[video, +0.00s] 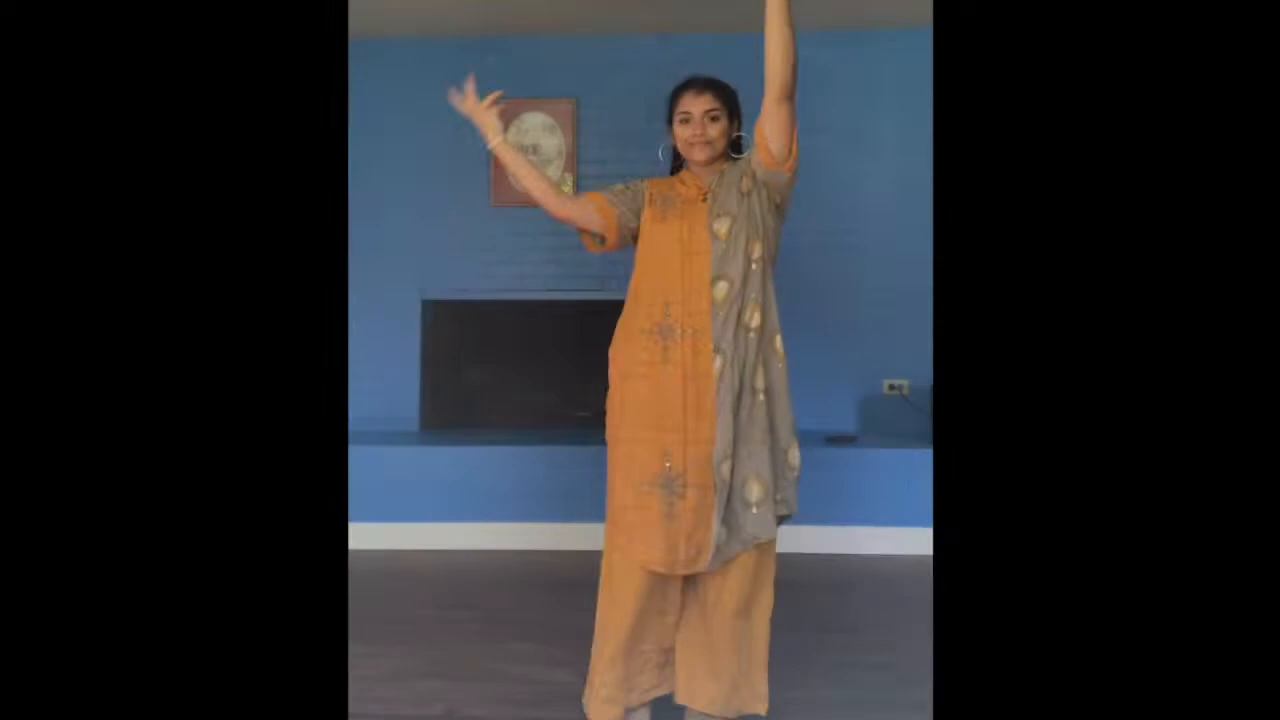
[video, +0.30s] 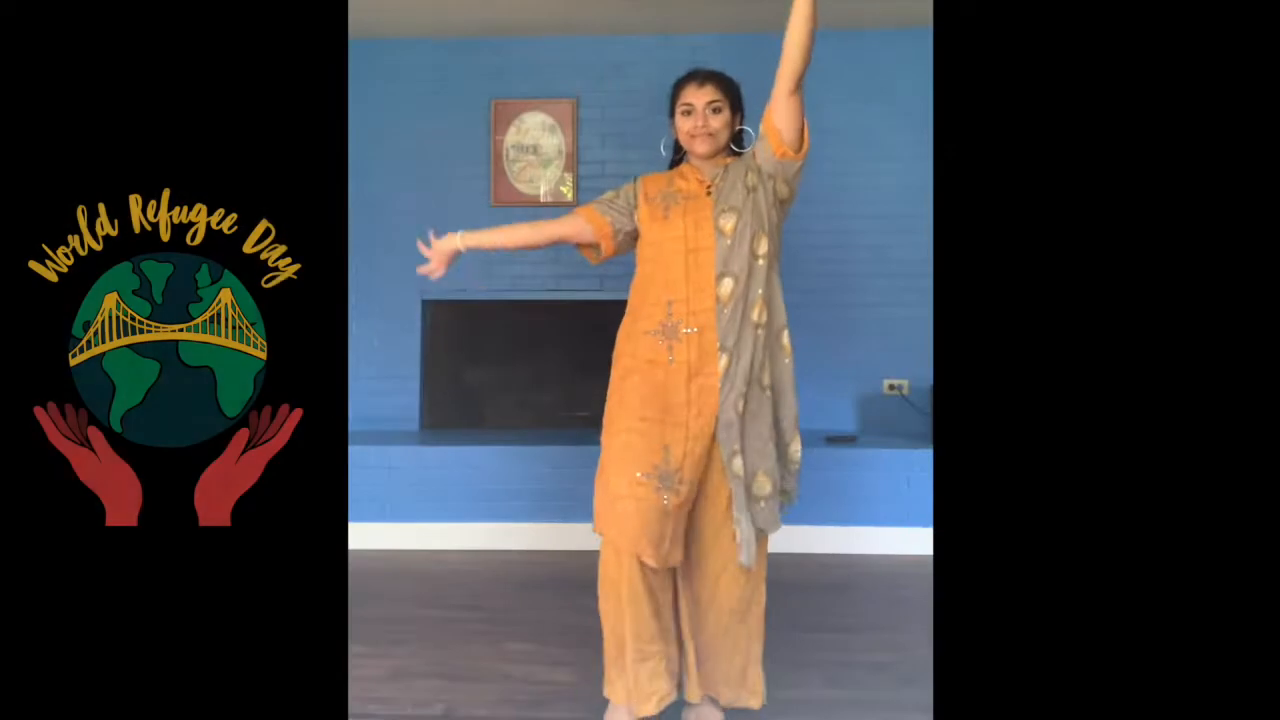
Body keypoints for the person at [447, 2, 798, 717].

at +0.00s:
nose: (699, 127)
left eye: (711, 117)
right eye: (686, 119)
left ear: (732, 129)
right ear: (671, 132)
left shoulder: (757, 189)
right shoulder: (650, 198)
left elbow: (780, 91)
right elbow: (564, 205)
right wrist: (495, 136)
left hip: (736, 397)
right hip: (651, 397)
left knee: (731, 560)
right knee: (640, 557)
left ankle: (720, 708)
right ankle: (616, 707)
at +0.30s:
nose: (700, 120)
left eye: (713, 109)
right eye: (688, 111)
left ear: (736, 120)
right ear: (673, 125)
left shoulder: (762, 180)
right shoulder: (649, 195)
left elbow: (789, 81)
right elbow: (562, 228)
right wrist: (463, 241)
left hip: (736, 394)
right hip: (650, 392)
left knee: (725, 554)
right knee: (632, 548)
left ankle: (715, 700)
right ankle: (639, 700)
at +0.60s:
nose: (694, 116)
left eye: (708, 105)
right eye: (682, 107)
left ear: (730, 117)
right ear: (667, 120)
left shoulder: (753, 178)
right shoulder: (640, 191)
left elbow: (796, 83)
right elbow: (566, 248)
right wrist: (473, 282)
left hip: (732, 382)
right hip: (650, 382)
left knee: (720, 536)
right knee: (638, 537)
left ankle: (704, 690)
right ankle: (631, 694)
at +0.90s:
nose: (697, 131)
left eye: (710, 120)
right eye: (684, 121)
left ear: (731, 132)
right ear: (668, 133)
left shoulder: (753, 190)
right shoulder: (638, 199)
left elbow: (794, 96)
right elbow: (565, 260)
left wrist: (806, 6)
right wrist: (577, 344)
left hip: (740, 399)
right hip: (653, 399)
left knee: (733, 553)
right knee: (635, 551)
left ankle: (713, 706)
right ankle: (633, 706)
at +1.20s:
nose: (695, 122)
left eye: (707, 109)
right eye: (682, 111)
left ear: (729, 119)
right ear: (667, 122)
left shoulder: (753, 180)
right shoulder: (639, 187)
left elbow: (785, 78)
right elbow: (583, 247)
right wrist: (585, 295)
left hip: (731, 375)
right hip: (645, 372)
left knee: (725, 526)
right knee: (630, 521)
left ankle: (701, 689)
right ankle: (614, 690)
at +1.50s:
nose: (697, 133)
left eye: (710, 120)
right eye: (684, 122)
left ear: (732, 132)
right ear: (669, 134)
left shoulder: (754, 190)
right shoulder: (640, 200)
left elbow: (784, 90)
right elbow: (574, 263)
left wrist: (789, 2)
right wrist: (588, 343)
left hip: (738, 401)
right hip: (651, 400)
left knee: (720, 558)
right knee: (642, 552)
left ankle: (695, 698)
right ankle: (640, 703)